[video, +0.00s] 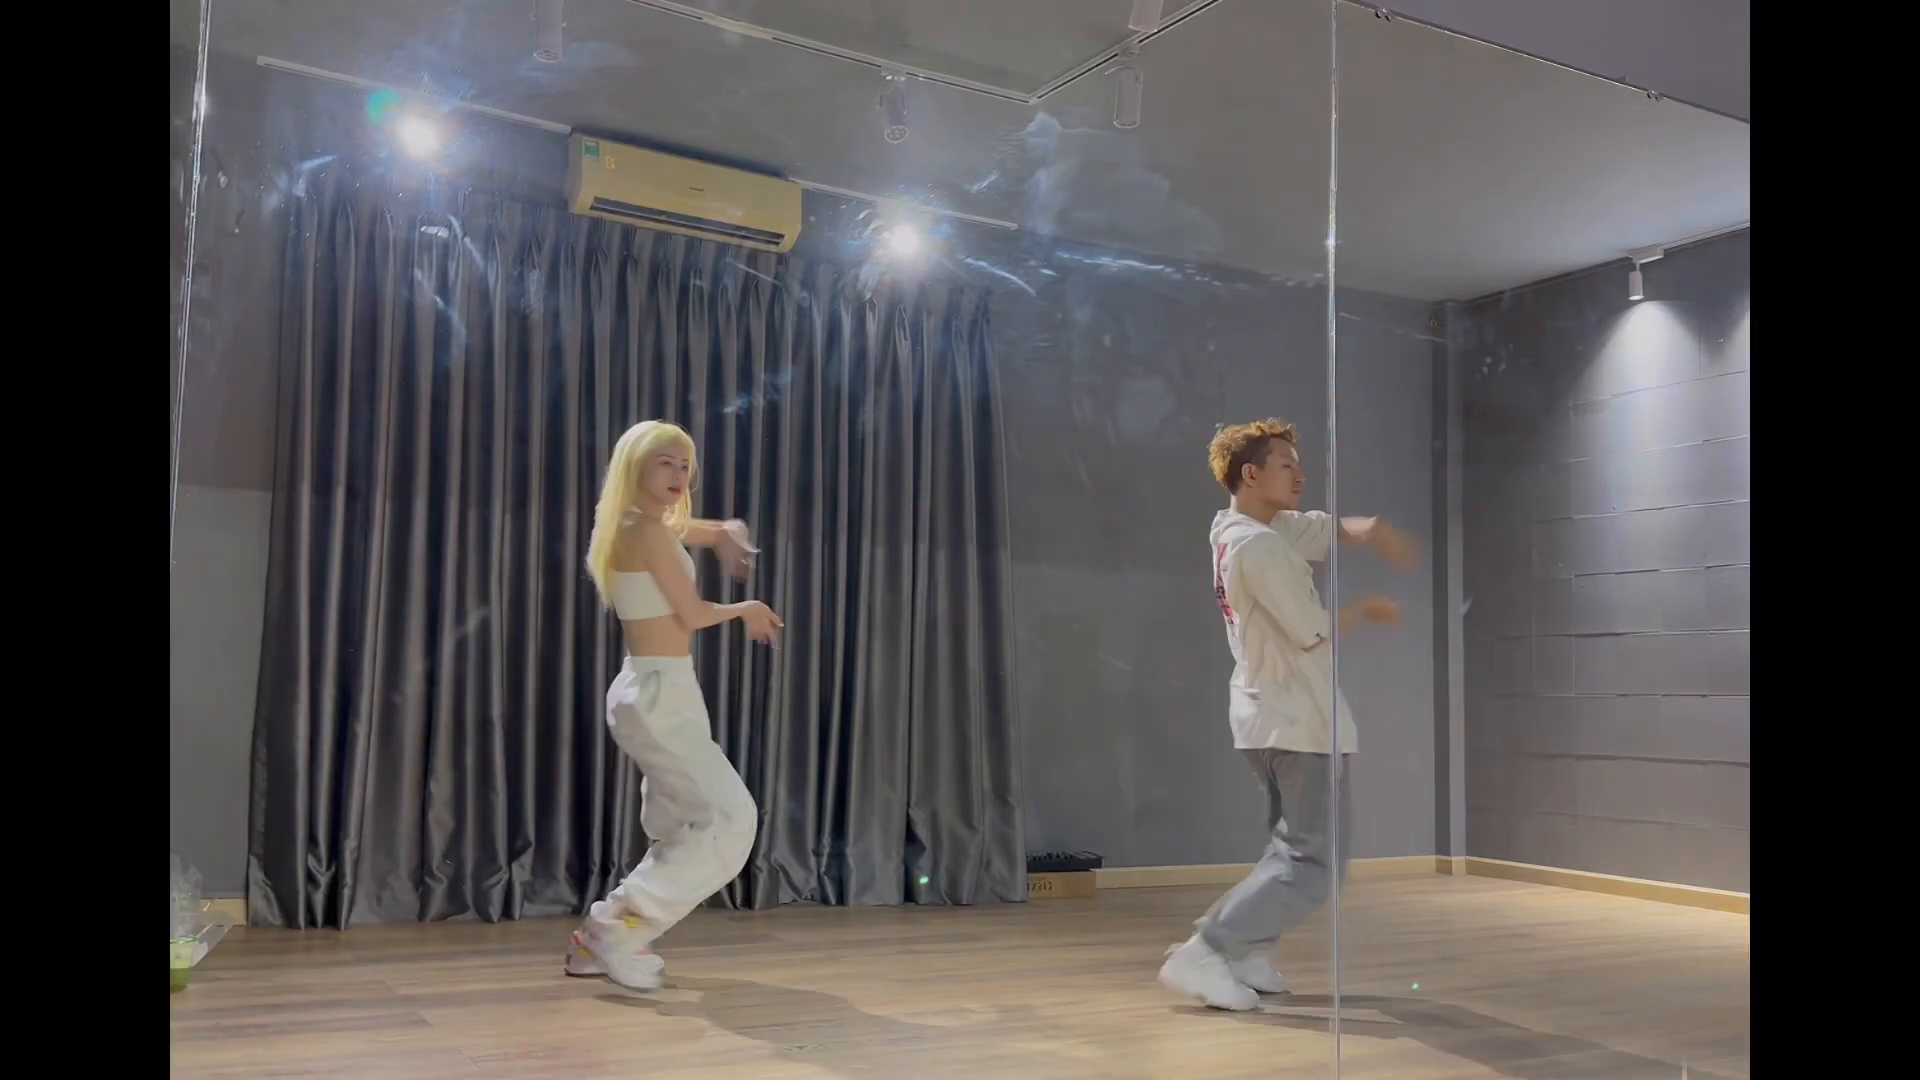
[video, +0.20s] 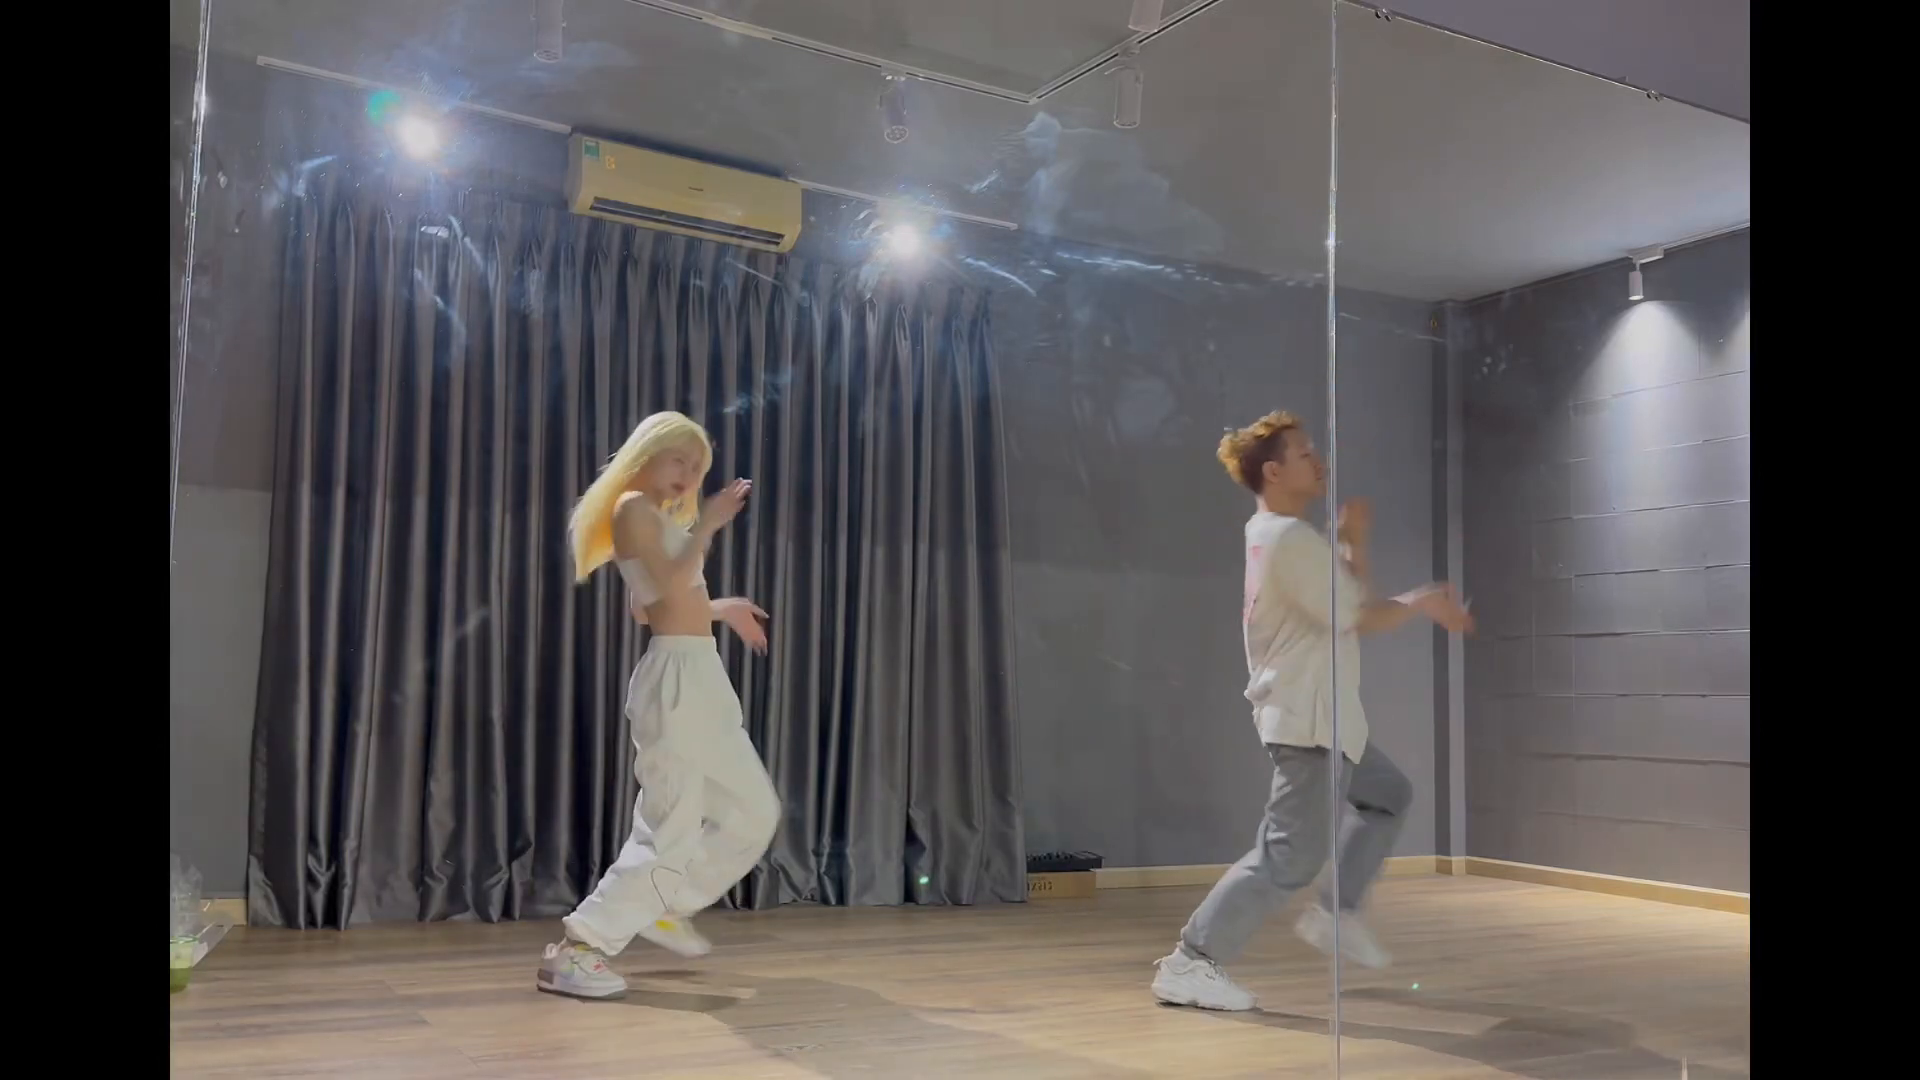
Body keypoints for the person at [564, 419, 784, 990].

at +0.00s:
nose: (680, 474)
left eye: (686, 467)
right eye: (667, 462)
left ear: (685, 477)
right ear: (634, 469)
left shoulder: (630, 527)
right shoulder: (649, 531)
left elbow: (705, 531)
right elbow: (691, 614)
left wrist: (726, 534)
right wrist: (746, 610)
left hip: (644, 697)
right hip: (661, 701)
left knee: (676, 835)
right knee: (735, 818)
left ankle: (605, 941)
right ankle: (617, 924)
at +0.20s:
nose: (686, 476)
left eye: (695, 468)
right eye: (676, 461)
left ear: (699, 475)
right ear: (644, 459)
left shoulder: (659, 523)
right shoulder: (633, 509)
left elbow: (646, 608)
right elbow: (666, 578)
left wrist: (723, 607)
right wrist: (708, 523)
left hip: (698, 682)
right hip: (672, 683)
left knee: (755, 811)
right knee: (668, 828)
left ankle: (664, 903)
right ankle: (577, 948)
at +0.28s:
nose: (705, 448)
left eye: (712, 438)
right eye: (692, 437)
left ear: (718, 447)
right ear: (661, 444)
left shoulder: (665, 501)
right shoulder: (682, 494)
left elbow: (666, 594)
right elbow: (750, 548)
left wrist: (715, 608)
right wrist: (771, 523)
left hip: (691, 673)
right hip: (674, 673)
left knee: (770, 796)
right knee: (661, 828)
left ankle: (736, 922)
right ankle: (576, 948)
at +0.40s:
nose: (744, 438)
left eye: (743, 430)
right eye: (729, 437)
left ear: (759, 443)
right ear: (712, 464)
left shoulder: (716, 501)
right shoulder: (741, 494)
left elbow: (691, 601)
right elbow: (831, 528)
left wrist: (742, 601)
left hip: (692, 672)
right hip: (669, 669)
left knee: (752, 808)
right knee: (639, 816)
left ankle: (788, 933)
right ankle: (574, 947)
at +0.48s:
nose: (781, 445)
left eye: (778, 437)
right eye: (763, 440)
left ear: (778, 453)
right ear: (738, 461)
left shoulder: (749, 514)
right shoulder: (755, 504)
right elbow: (846, 519)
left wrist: (759, 602)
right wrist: (936, 515)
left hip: (703, 673)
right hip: (674, 662)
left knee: (744, 810)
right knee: (628, 805)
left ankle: (789, 935)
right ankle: (574, 946)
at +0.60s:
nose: (783, 444)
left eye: (784, 434)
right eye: (765, 437)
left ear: (793, 450)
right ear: (739, 461)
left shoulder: (785, 519)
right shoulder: (734, 511)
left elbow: (779, 586)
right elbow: (751, 508)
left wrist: (774, 601)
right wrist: (790, 485)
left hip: (716, 670)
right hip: (672, 657)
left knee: (746, 803)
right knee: (632, 800)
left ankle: (786, 933)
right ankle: (588, 941)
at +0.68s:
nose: (759, 438)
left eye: (766, 430)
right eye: (744, 432)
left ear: (779, 449)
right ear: (721, 454)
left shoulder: (789, 505)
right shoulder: (722, 510)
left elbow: (803, 582)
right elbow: (692, 507)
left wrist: (758, 603)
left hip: (723, 671)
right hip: (677, 659)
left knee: (755, 803)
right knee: (637, 801)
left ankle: (786, 935)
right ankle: (590, 943)